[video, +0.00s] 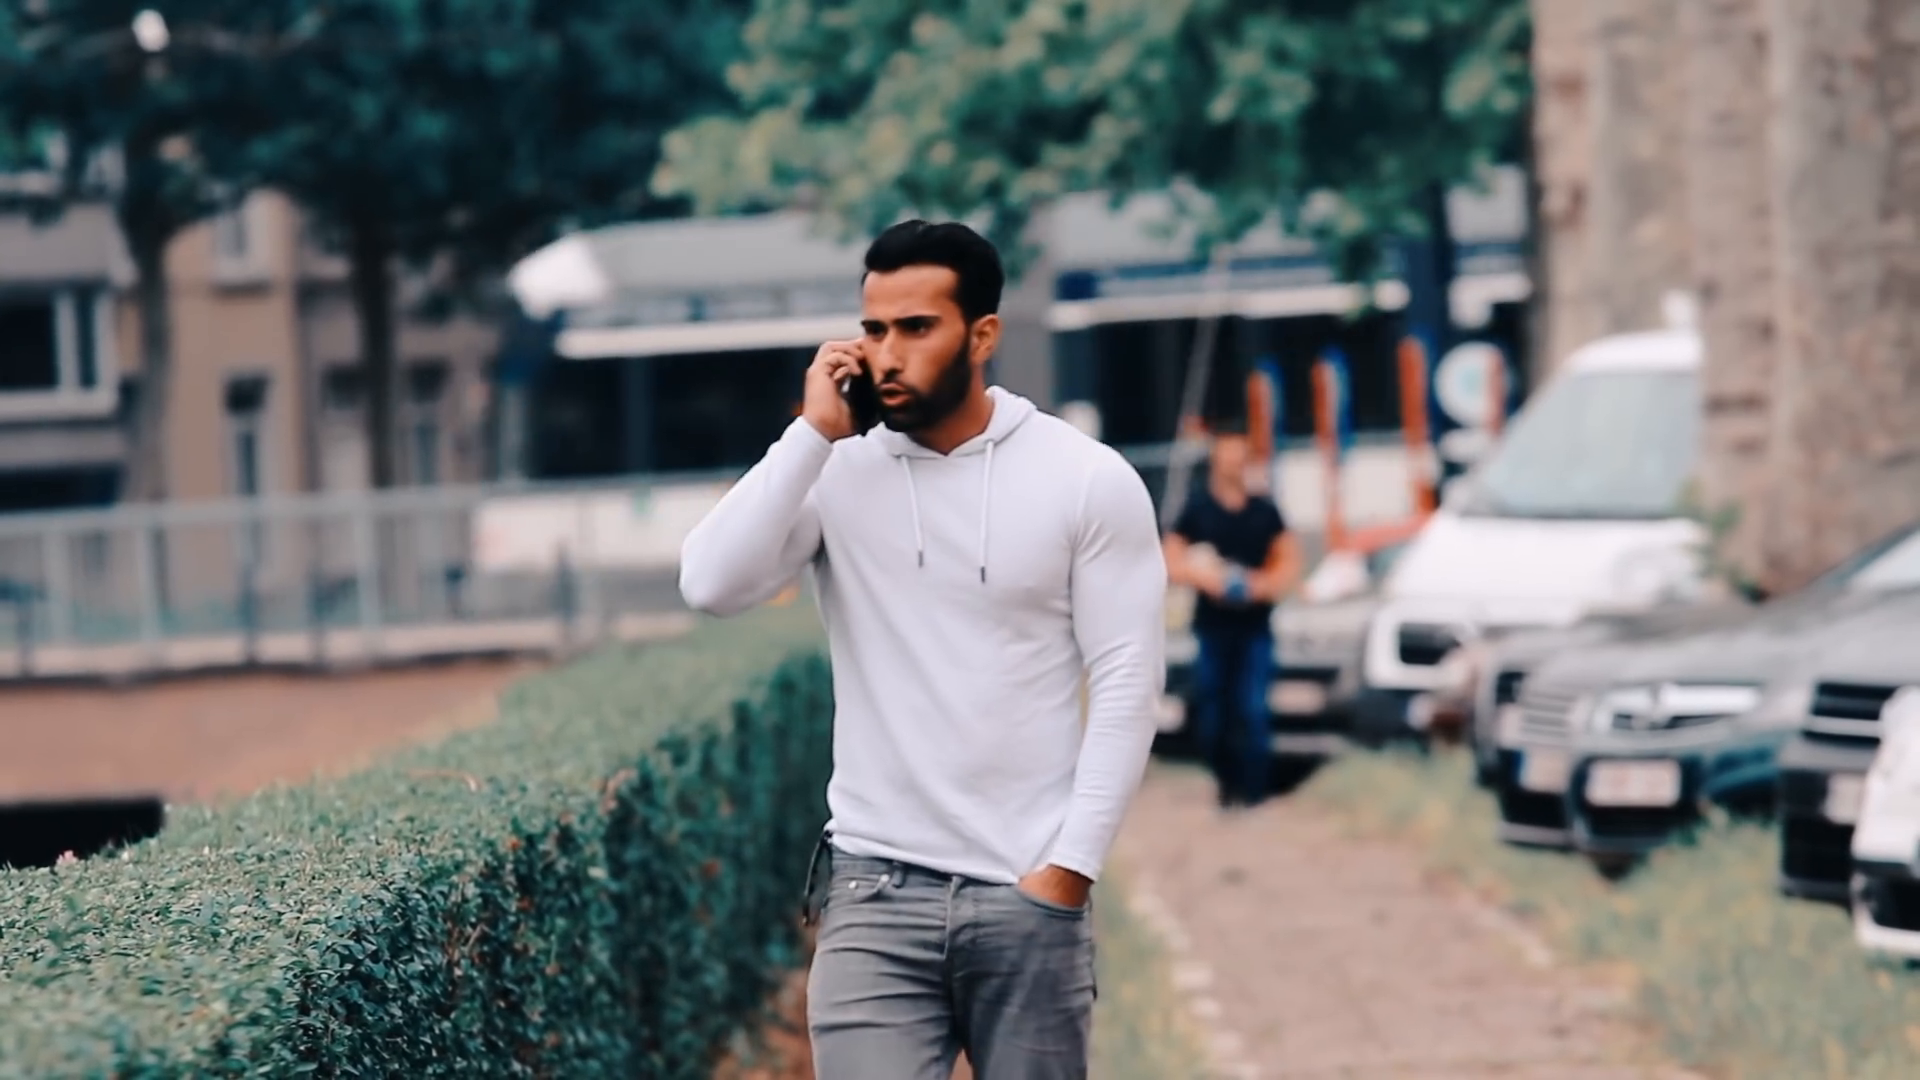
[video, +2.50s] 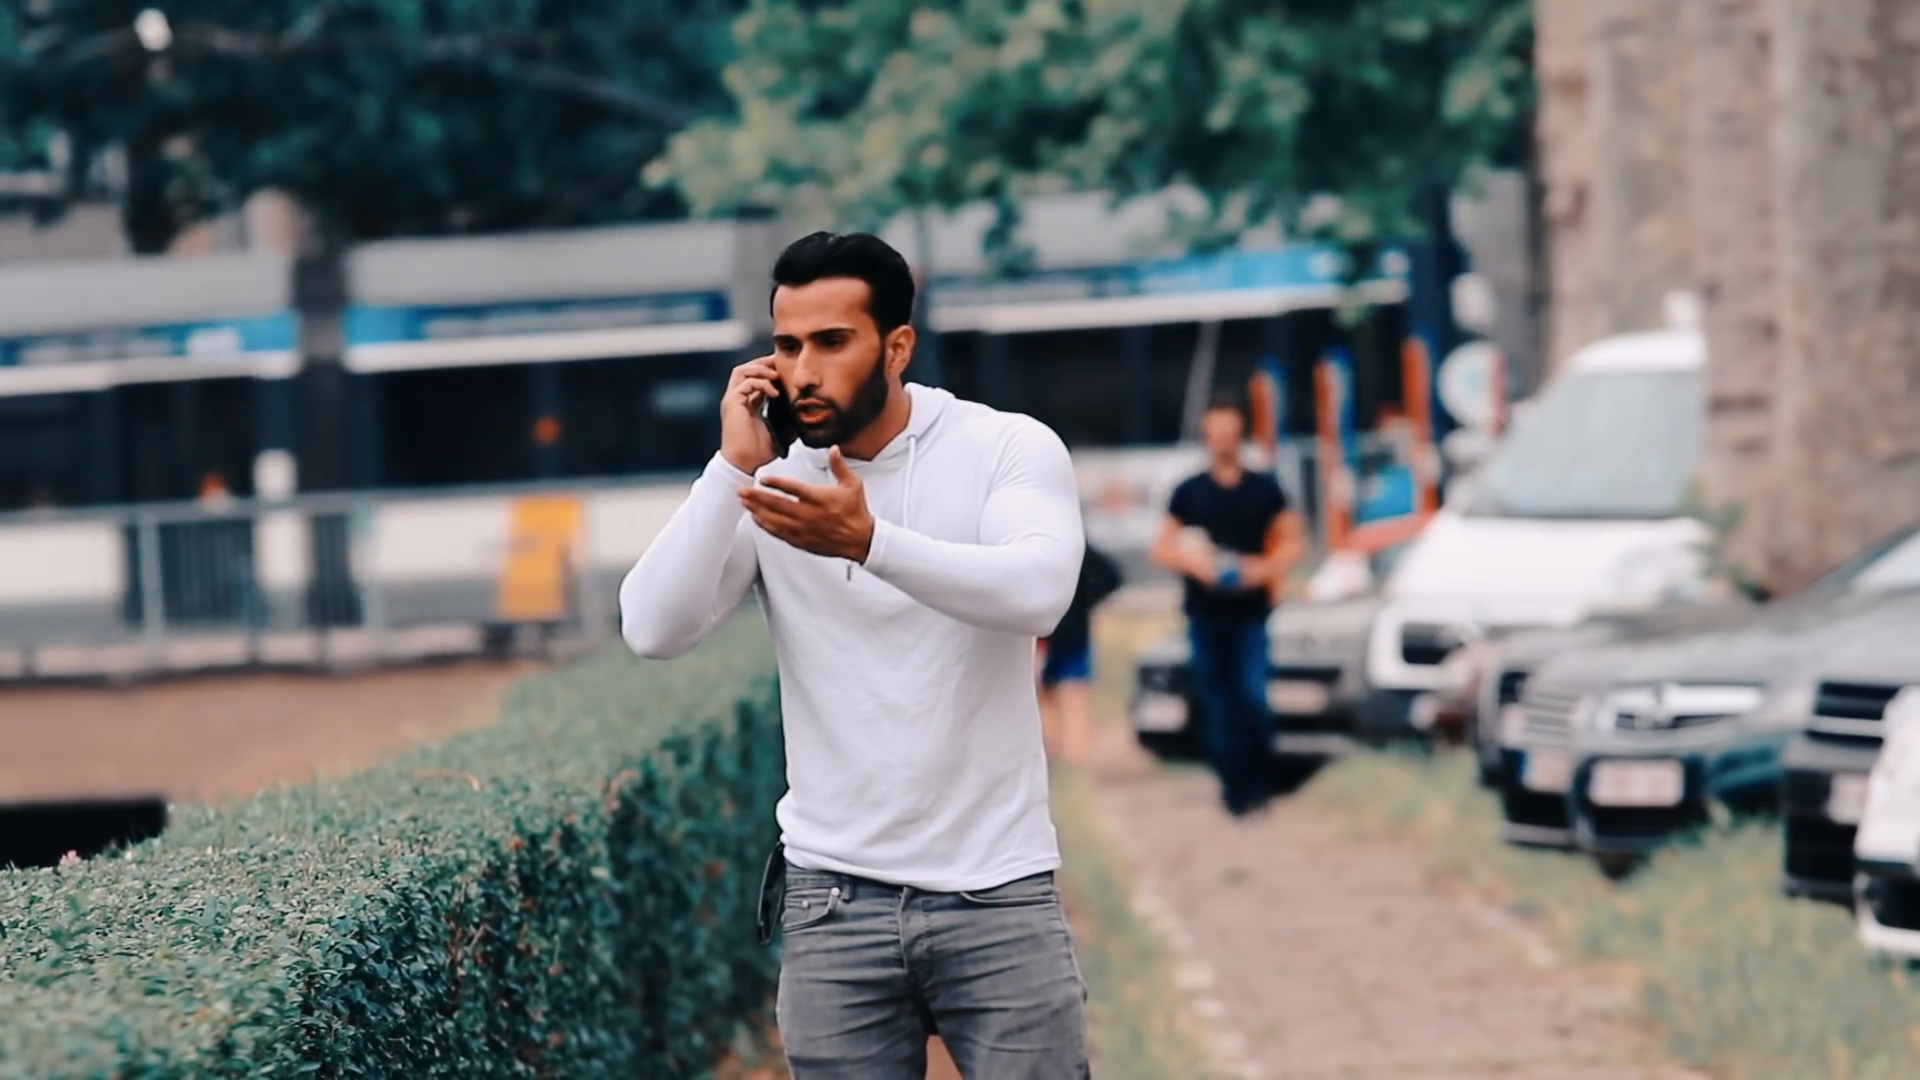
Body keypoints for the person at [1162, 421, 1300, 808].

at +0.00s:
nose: (1233, 461)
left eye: (1239, 453)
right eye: (1226, 453)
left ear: (1247, 458)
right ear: (1214, 457)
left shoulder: (1263, 510)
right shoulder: (1199, 508)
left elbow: (1287, 563)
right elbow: (1172, 559)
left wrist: (1262, 585)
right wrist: (1209, 579)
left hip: (1254, 626)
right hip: (1213, 626)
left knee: (1252, 707)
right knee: (1212, 707)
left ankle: (1253, 786)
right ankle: (1226, 783)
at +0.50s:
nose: (1226, 455)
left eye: (1232, 446)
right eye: (1218, 447)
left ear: (1243, 451)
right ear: (1208, 454)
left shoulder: (1268, 509)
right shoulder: (1195, 515)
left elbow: (1293, 560)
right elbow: (1168, 568)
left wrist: (1265, 584)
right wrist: (1209, 580)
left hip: (1256, 623)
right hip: (1214, 626)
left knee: (1262, 708)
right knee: (1227, 710)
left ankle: (1264, 785)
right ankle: (1239, 790)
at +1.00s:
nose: (1245, 460)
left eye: (1252, 452)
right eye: (1237, 452)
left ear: (1262, 454)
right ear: (1225, 454)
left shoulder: (1279, 505)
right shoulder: (1207, 505)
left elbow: (1306, 555)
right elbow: (1179, 563)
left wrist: (1278, 580)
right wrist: (1220, 575)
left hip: (1270, 624)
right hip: (1227, 626)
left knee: (1273, 713)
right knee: (1230, 713)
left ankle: (1272, 790)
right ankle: (1240, 784)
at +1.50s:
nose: (1231, 452)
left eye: (1237, 444)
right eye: (1224, 445)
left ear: (1250, 446)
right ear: (1213, 448)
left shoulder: (1270, 497)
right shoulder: (1200, 504)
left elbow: (1302, 550)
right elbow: (1178, 560)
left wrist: (1276, 578)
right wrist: (1211, 575)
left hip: (1262, 613)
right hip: (1219, 615)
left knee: (1266, 702)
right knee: (1232, 706)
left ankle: (1273, 785)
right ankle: (1246, 789)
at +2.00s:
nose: (1231, 445)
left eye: (1238, 437)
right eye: (1225, 437)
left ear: (1250, 440)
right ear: (1215, 442)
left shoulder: (1271, 495)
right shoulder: (1201, 496)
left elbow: (1302, 553)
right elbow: (1173, 554)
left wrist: (1266, 574)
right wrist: (1211, 572)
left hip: (1261, 616)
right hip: (1218, 616)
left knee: (1259, 708)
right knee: (1222, 703)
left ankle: (1257, 791)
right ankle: (1232, 784)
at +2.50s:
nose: (1221, 440)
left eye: (1229, 432)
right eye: (1214, 432)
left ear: (1241, 435)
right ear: (1204, 435)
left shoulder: (1264, 488)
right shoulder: (1190, 492)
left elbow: (1291, 542)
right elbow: (1163, 547)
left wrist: (1262, 569)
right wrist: (1198, 566)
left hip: (1251, 609)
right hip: (1207, 611)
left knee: (1251, 695)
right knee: (1217, 700)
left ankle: (1258, 785)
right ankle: (1233, 787)